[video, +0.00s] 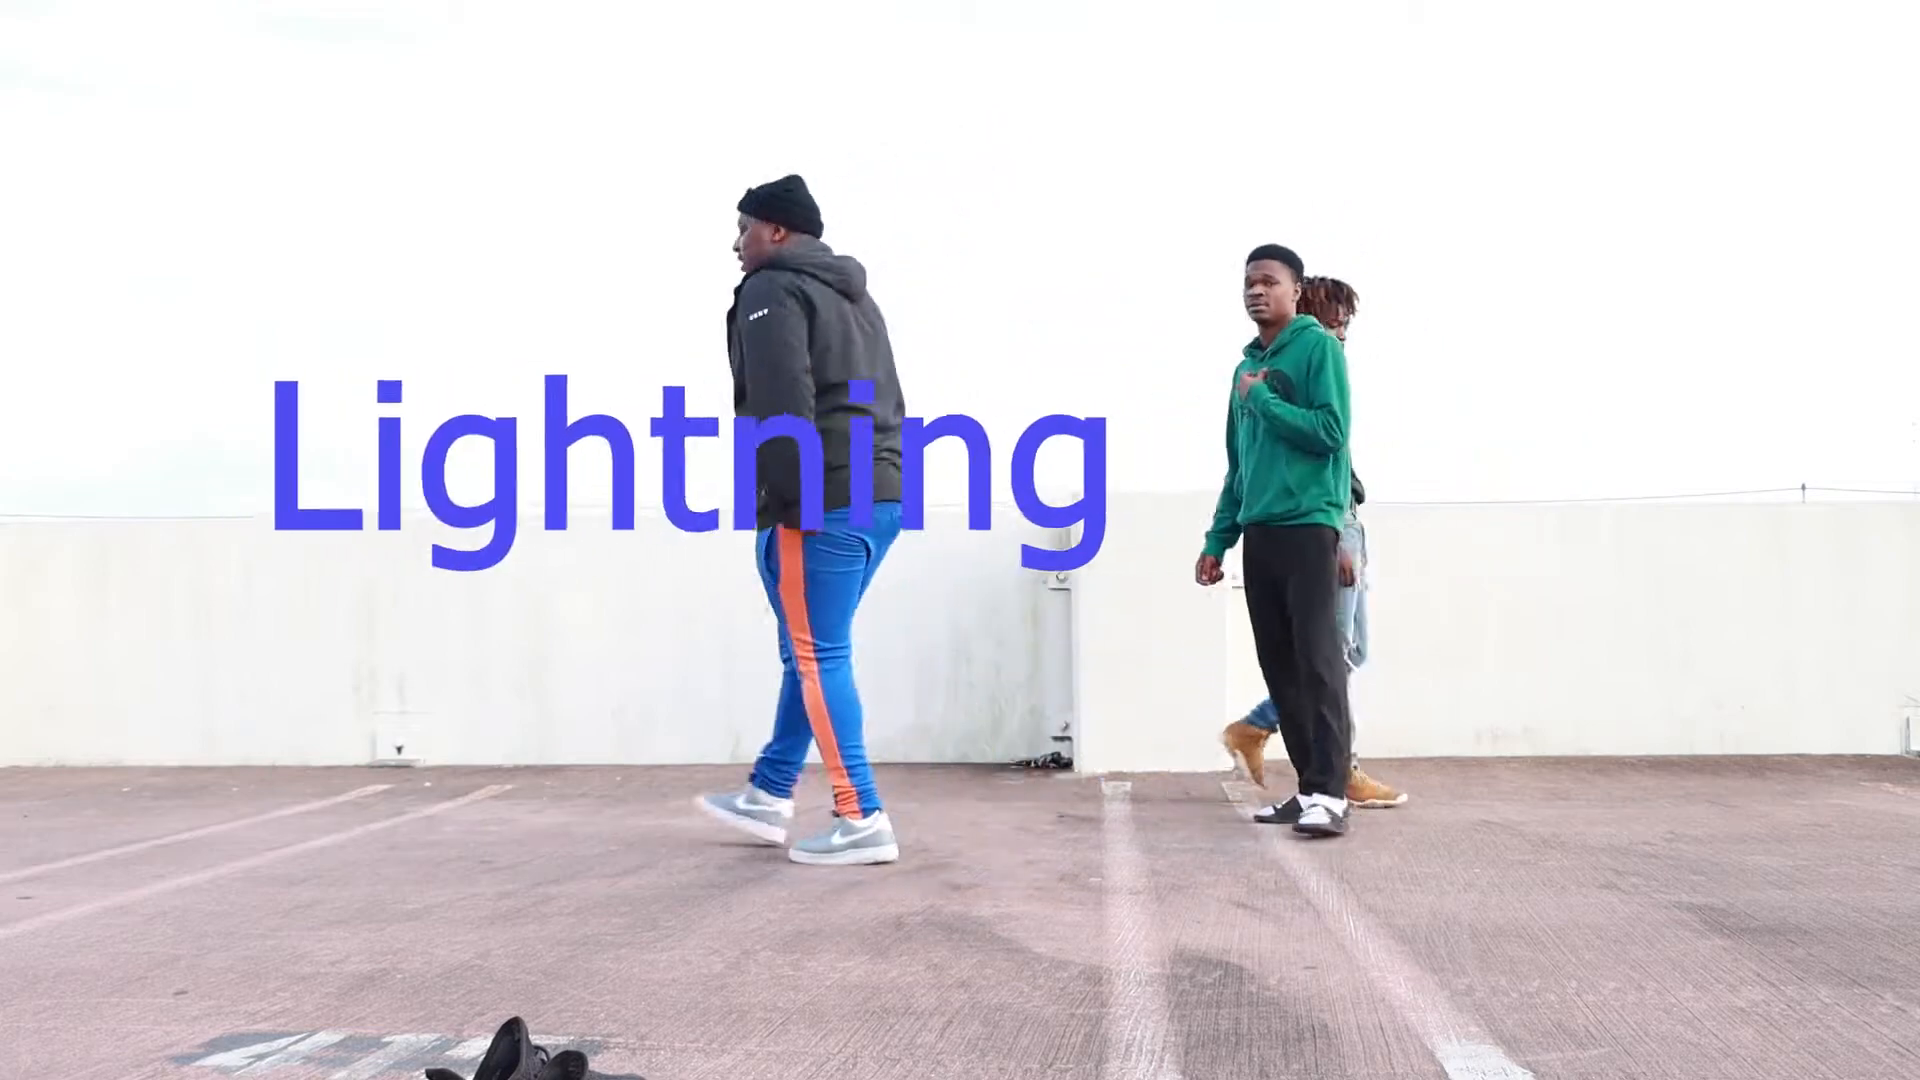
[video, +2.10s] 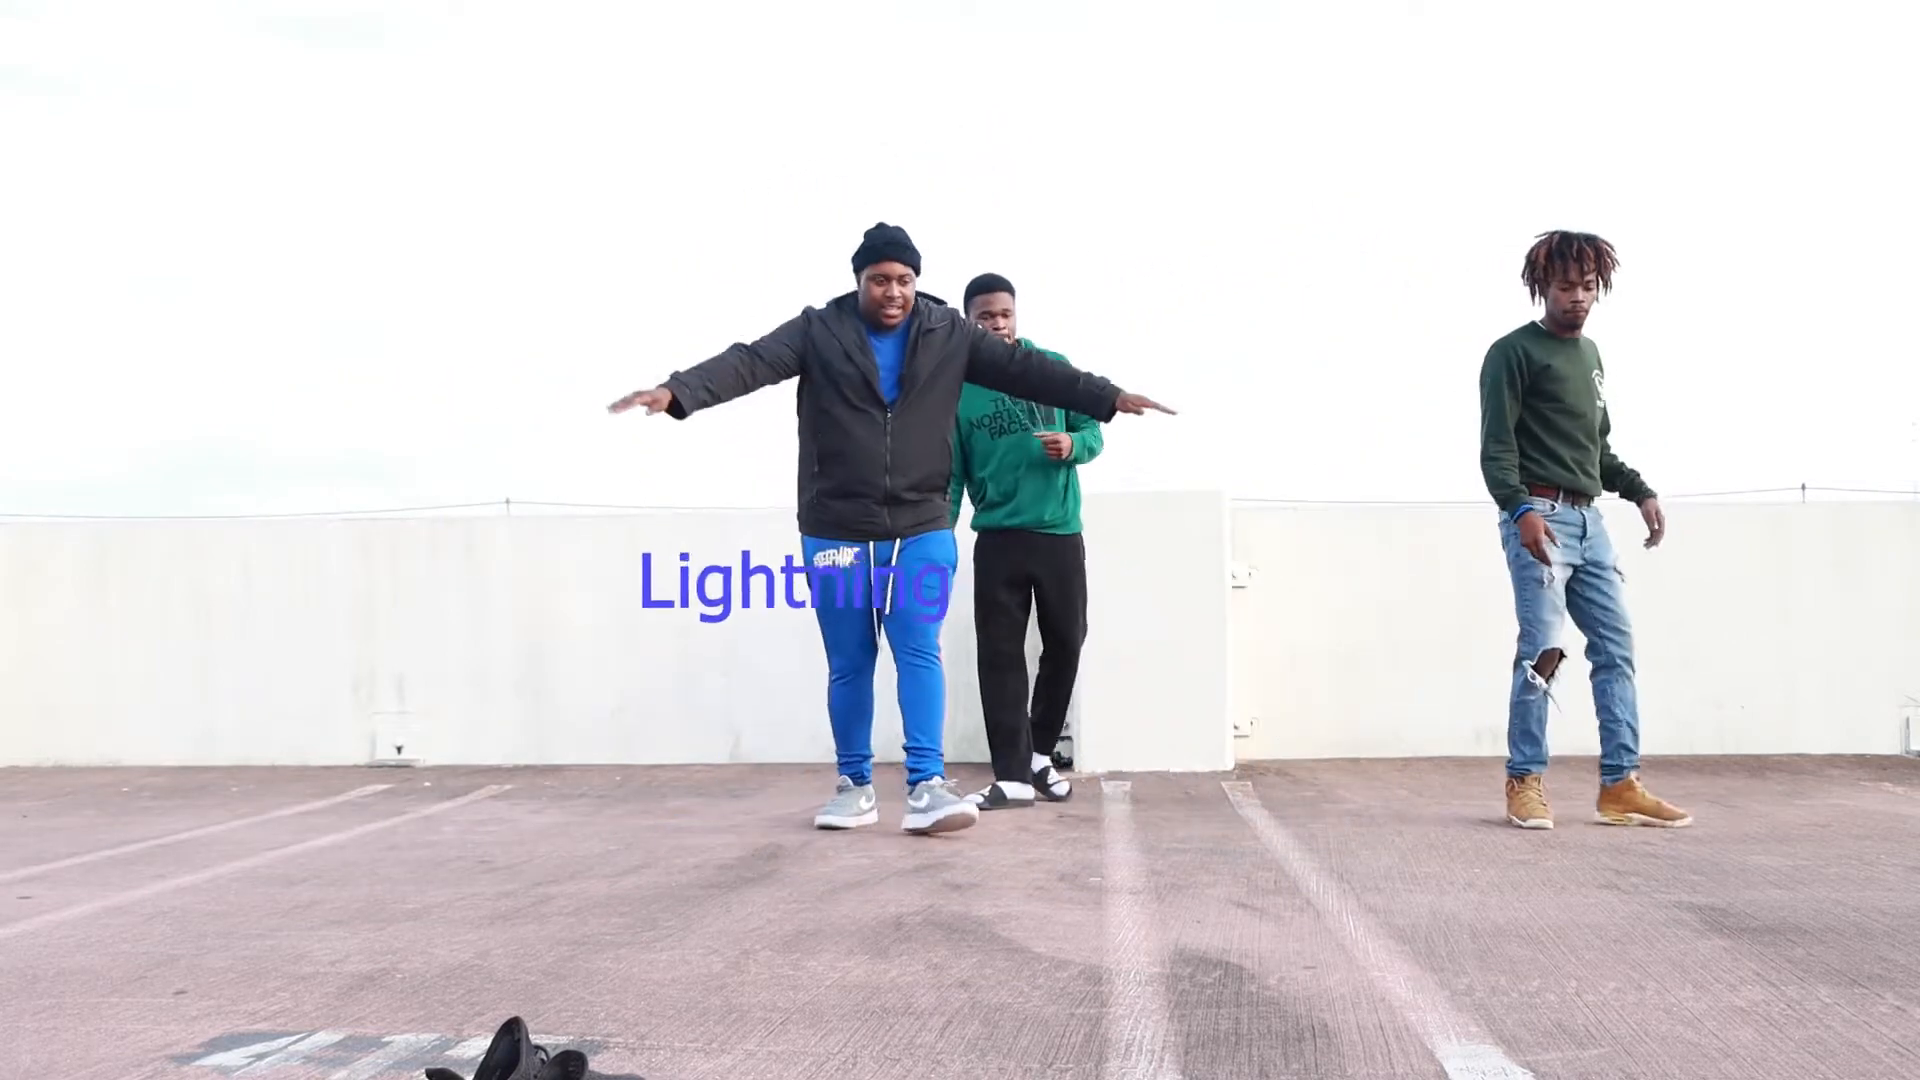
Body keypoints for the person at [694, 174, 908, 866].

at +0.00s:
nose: (737, 243)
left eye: (743, 231)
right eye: (739, 230)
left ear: (773, 230)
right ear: (797, 233)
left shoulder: (769, 291)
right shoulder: (853, 295)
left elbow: (783, 408)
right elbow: (886, 403)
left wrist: (776, 510)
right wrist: (883, 490)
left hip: (819, 507)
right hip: (878, 506)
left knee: (820, 657)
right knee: (807, 652)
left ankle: (860, 817)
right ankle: (769, 793)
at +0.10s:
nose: (721, 251)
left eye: (730, 238)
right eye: (720, 240)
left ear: (772, 238)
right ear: (772, 243)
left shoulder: (774, 293)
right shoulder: (812, 293)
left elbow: (804, 397)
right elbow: (841, 403)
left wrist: (807, 507)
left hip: (822, 504)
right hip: (838, 498)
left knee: (809, 657)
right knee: (778, 655)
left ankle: (860, 816)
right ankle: (746, 800)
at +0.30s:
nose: (706, 257)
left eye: (716, 243)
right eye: (698, 250)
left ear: (753, 242)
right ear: (700, 260)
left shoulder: (787, 291)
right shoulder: (732, 317)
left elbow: (839, 383)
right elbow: (735, 422)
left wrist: (852, 490)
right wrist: (738, 515)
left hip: (802, 511)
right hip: (755, 516)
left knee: (798, 651)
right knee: (752, 660)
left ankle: (857, 804)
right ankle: (738, 806)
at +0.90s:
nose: (790, 265)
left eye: (802, 253)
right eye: (780, 257)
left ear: (830, 258)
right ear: (770, 269)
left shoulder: (881, 321)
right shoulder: (755, 335)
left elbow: (929, 413)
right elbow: (725, 431)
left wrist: (933, 508)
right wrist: (722, 513)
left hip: (867, 519)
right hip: (778, 523)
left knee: (866, 660)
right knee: (769, 661)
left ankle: (884, 792)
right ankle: (742, 802)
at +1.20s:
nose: (877, 293)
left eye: (890, 281)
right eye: (865, 280)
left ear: (909, 282)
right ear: (846, 277)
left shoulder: (941, 340)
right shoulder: (806, 326)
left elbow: (976, 430)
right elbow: (753, 408)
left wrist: (970, 511)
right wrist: (744, 497)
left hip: (896, 524)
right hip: (809, 519)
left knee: (882, 654)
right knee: (800, 651)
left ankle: (884, 791)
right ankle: (801, 792)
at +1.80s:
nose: (887, 319)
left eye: (898, 307)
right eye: (875, 307)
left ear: (912, 303)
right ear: (852, 301)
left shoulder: (943, 352)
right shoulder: (814, 351)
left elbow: (1001, 420)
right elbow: (762, 413)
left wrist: (1065, 490)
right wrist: (722, 487)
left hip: (906, 528)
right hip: (825, 530)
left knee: (895, 649)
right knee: (839, 663)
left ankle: (896, 784)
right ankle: (852, 784)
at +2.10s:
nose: (892, 292)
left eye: (902, 281)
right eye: (879, 280)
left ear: (917, 282)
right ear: (858, 280)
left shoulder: (948, 333)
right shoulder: (819, 331)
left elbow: (1024, 366)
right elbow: (752, 363)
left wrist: (1105, 395)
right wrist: (680, 391)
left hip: (921, 525)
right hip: (835, 526)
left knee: (917, 648)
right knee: (848, 662)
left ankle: (926, 788)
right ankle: (854, 787)